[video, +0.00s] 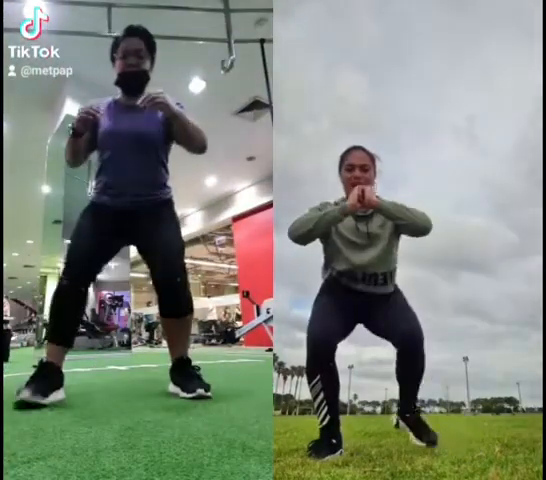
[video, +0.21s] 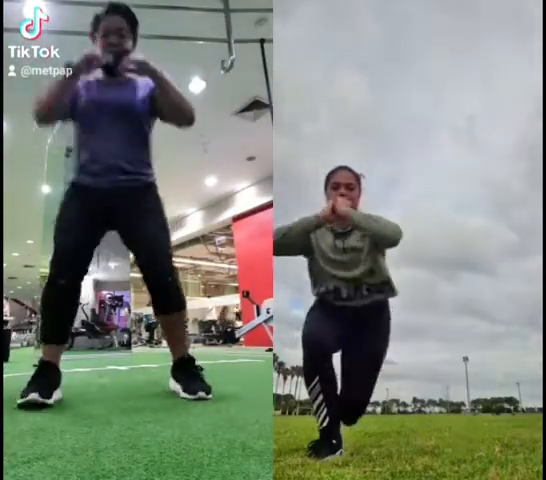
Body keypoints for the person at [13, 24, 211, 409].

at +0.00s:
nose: (130, 62)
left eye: (138, 55)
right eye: (123, 56)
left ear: (152, 63)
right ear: (113, 64)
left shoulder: (163, 109)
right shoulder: (100, 111)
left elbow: (198, 144)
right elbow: (73, 160)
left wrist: (171, 110)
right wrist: (78, 134)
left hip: (155, 208)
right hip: (104, 208)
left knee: (173, 280)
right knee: (72, 278)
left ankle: (182, 367)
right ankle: (51, 370)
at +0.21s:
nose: (114, 41)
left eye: (122, 35)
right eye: (107, 35)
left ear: (134, 42)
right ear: (94, 40)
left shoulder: (146, 87)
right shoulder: (80, 86)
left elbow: (186, 117)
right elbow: (43, 114)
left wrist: (152, 72)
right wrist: (77, 71)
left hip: (137, 192)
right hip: (87, 192)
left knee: (162, 275)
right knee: (62, 276)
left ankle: (183, 366)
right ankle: (48, 370)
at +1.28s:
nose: (87, 71)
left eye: (96, 64)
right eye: (80, 63)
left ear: (108, 72)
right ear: (66, 69)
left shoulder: (116, 115)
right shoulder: (53, 115)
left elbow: (144, 136)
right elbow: (10, 136)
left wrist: (99, 96)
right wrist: (46, 95)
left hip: (109, 224)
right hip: (63, 219)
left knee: (111, 308)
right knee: (57, 286)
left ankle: (96, 346)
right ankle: (49, 369)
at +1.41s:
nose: (105, 62)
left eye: (114, 54)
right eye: (98, 53)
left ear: (126, 62)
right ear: (84, 60)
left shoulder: (135, 110)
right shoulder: (70, 103)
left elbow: (171, 126)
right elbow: (25, 122)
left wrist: (126, 82)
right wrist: (72, 80)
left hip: (120, 217)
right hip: (72, 214)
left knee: (160, 280)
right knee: (53, 279)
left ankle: (141, 344)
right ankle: (48, 371)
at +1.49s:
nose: (119, 72)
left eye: (128, 64)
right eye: (111, 64)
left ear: (139, 73)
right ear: (97, 71)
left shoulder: (146, 120)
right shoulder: (81, 114)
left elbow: (185, 134)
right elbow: (39, 132)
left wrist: (140, 91)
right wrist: (82, 99)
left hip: (130, 224)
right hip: (80, 224)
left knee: (180, 267)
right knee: (48, 271)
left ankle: (184, 356)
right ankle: (47, 371)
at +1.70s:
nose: (143, 120)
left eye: (150, 112)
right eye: (134, 113)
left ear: (163, 120)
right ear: (120, 121)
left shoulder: (171, 167)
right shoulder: (109, 161)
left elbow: (217, 184)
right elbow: (77, 192)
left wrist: (170, 139)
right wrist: (117, 148)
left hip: (155, 261)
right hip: (107, 260)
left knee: (206, 274)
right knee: (55, 269)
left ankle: (206, 368)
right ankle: (48, 371)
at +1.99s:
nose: (161, 128)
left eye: (169, 121)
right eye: (153, 121)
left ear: (180, 133)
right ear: (138, 133)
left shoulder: (189, 174)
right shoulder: (123, 168)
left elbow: (239, 187)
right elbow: (77, 172)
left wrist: (188, 143)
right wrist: (129, 142)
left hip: (170, 268)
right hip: (121, 267)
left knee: (213, 276)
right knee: (76, 268)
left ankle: (206, 369)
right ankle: (48, 373)